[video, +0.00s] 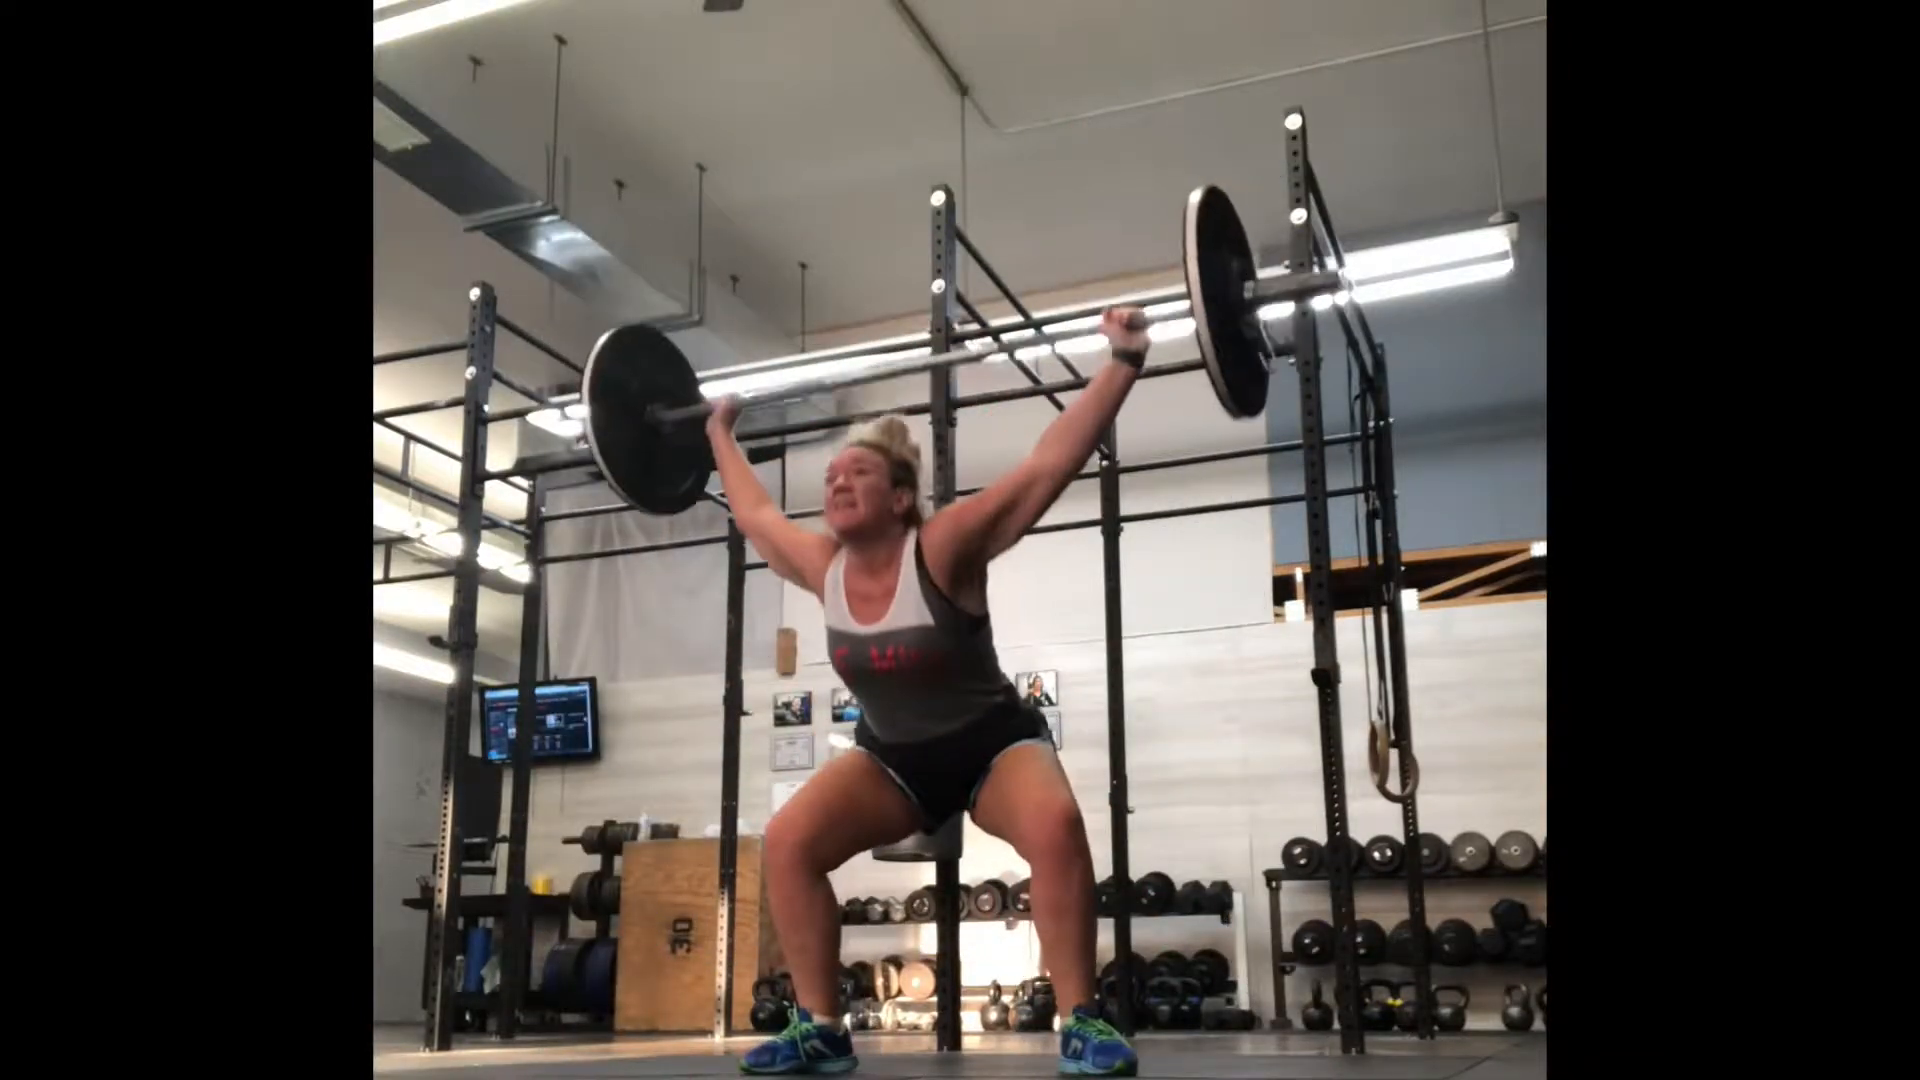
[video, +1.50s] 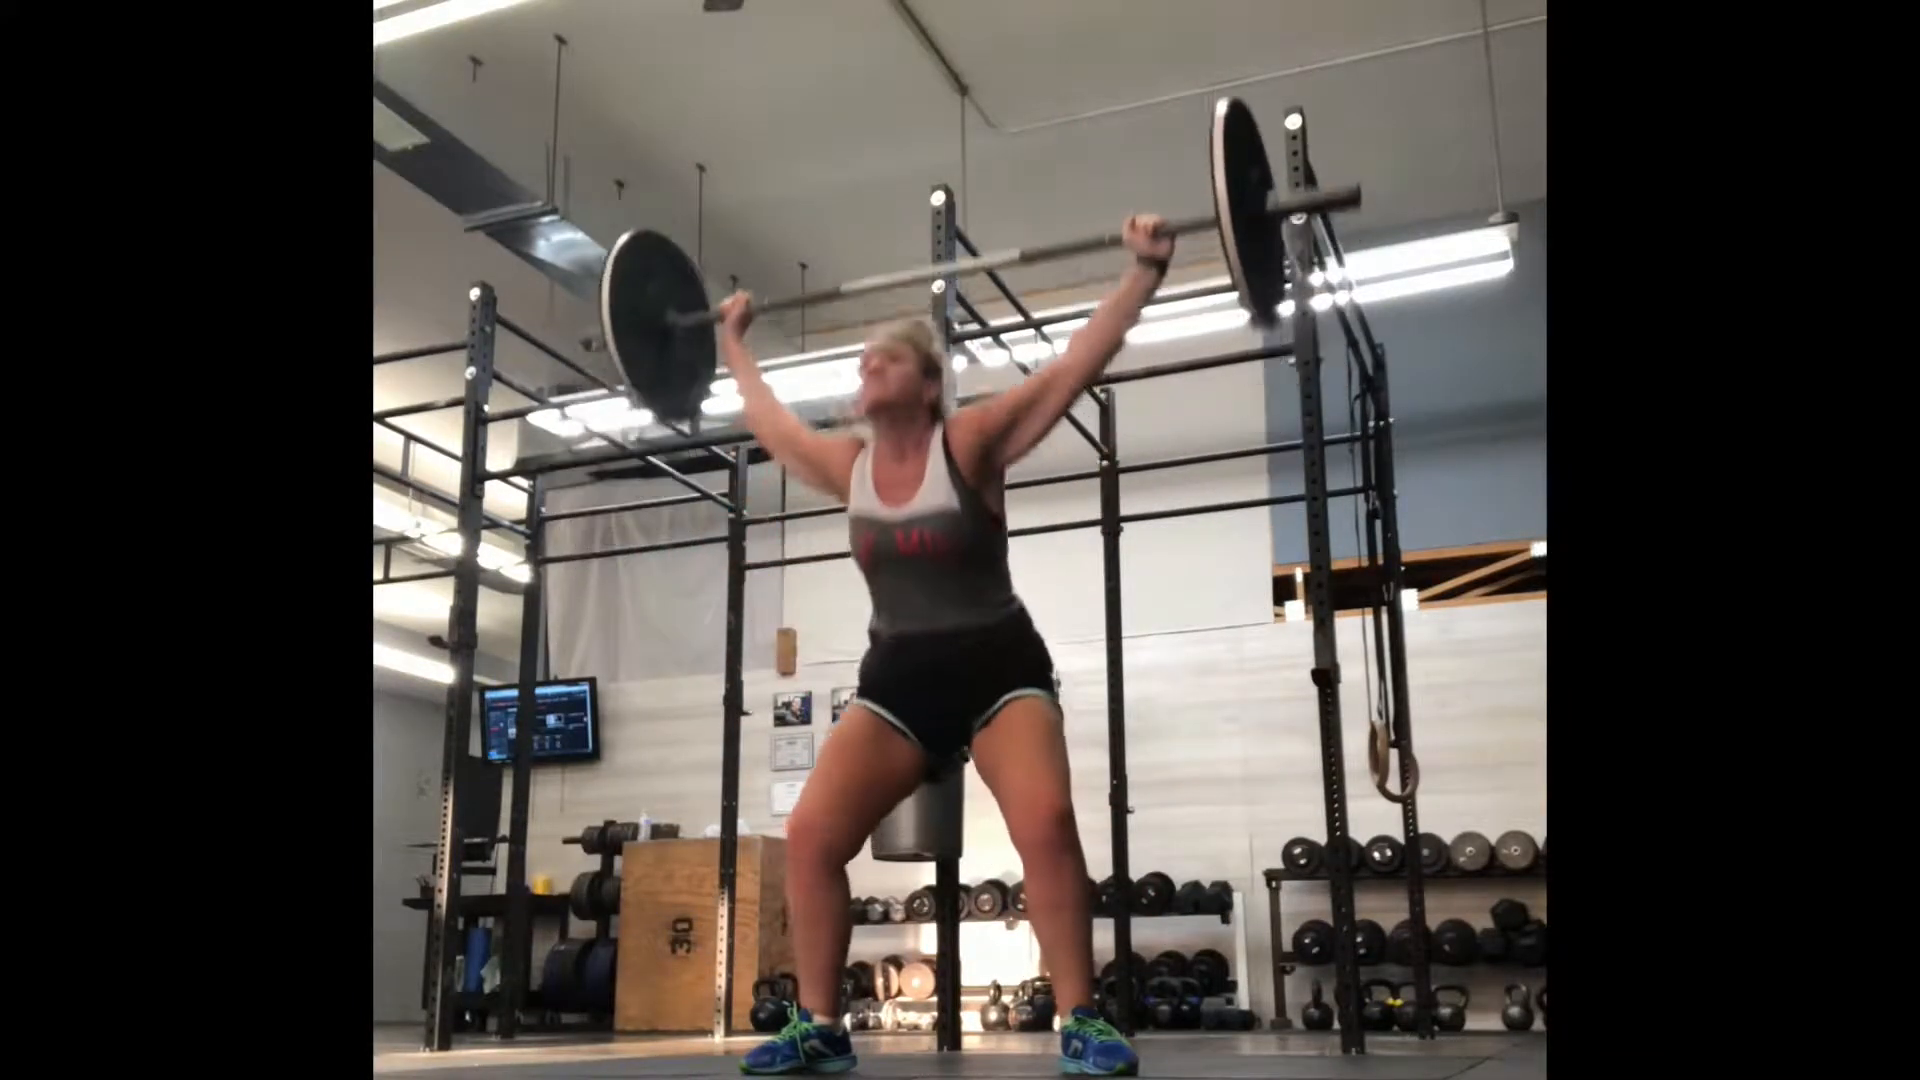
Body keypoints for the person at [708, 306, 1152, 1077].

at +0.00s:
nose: (838, 481)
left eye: (859, 472)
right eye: (832, 473)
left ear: (901, 496)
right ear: (825, 497)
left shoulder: (947, 545)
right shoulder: (821, 565)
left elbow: (1045, 471)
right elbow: (755, 513)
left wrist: (1122, 362)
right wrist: (719, 434)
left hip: (995, 747)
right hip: (894, 761)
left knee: (1060, 829)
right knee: (787, 840)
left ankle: (1078, 1021)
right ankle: (819, 1027)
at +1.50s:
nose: (866, 371)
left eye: (884, 361)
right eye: (863, 362)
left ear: (927, 380)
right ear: (863, 385)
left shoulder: (974, 436)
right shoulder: (849, 465)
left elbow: (1069, 371)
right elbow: (776, 430)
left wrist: (1141, 276)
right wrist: (734, 347)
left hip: (1000, 669)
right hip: (899, 679)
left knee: (1049, 825)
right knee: (810, 838)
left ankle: (1077, 1019)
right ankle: (817, 1026)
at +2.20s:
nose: (875, 341)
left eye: (890, 329)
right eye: (864, 331)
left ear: (926, 340)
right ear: (853, 344)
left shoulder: (960, 407)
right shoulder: (840, 423)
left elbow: (1046, 324)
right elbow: (766, 370)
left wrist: (1120, 229)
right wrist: (726, 293)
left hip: (939, 633)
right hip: (844, 640)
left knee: (961, 831)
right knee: (848, 836)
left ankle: (1003, 1008)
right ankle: (820, 1022)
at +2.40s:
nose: (754, 616)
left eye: (772, 601)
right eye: (746, 604)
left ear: (817, 616)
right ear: (740, 618)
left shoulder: (877, 675)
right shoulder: (754, 701)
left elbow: (962, 796)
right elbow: (718, 818)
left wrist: (1039, 899)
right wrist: (663, 914)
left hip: (923, 790)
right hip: (840, 802)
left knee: (941, 834)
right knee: (739, 847)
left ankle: (972, 1007)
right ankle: (793, 1014)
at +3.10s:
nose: (751, 527)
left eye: (770, 512)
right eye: (746, 512)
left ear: (815, 528)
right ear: (742, 521)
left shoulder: (875, 592)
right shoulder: (757, 614)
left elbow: (956, 704)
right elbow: (719, 712)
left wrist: (1028, 803)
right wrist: (656, 816)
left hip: (935, 715)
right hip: (847, 729)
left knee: (946, 832)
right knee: (775, 838)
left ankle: (978, 1007)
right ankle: (789, 1012)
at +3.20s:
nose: (756, 472)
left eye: (773, 459)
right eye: (756, 460)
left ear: (820, 472)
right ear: (757, 476)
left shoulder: (875, 545)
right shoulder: (762, 566)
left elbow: (969, 633)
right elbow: (709, 662)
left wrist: (1021, 738)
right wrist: (650, 754)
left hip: (934, 697)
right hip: (845, 712)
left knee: (949, 822)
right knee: (770, 834)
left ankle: (978, 1006)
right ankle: (790, 1011)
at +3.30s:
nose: (797, 398)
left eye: (813, 386)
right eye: (794, 389)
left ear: (853, 400)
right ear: (792, 406)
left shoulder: (894, 479)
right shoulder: (778, 504)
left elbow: (997, 534)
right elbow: (695, 576)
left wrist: (1009, 625)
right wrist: (642, 650)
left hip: (922, 679)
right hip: (830, 690)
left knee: (933, 822)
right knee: (758, 835)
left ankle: (973, 1002)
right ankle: (784, 1007)